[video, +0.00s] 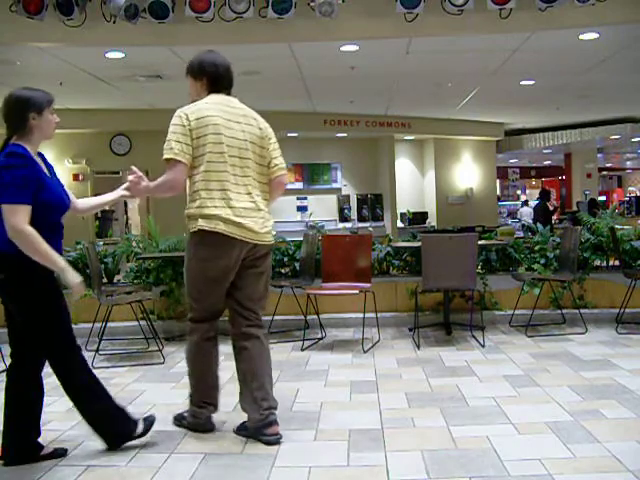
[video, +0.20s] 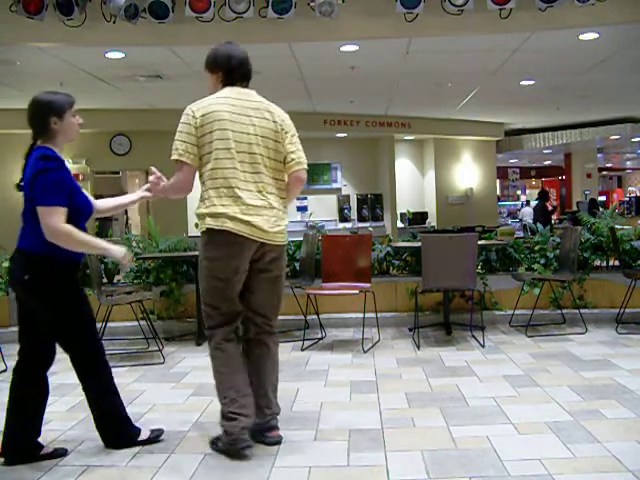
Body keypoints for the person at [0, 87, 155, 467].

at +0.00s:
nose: (57, 119)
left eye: (55, 113)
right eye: (52, 113)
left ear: (34, 119)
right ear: (33, 119)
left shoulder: (36, 159)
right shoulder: (16, 160)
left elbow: (73, 207)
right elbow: (16, 227)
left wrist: (121, 193)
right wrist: (63, 269)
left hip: (35, 269)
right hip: (25, 271)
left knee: (27, 360)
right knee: (65, 352)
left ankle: (20, 447)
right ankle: (118, 429)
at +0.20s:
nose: (81, 122)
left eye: (78, 115)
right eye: (74, 116)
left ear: (52, 123)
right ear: (54, 123)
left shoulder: (49, 161)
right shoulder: (49, 164)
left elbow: (90, 208)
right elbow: (54, 229)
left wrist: (140, 195)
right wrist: (109, 247)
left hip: (34, 271)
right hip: (51, 273)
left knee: (34, 360)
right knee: (89, 354)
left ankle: (19, 446)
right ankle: (120, 433)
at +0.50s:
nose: (117, 124)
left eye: (115, 118)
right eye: (110, 119)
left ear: (89, 127)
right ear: (90, 125)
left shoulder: (87, 162)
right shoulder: (87, 165)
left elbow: (127, 206)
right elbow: (99, 226)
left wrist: (177, 197)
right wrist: (153, 227)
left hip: (81, 265)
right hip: (97, 266)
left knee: (97, 348)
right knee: (127, 352)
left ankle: (45, 424)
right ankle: (123, 432)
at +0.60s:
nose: (127, 134)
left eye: (126, 128)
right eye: (120, 128)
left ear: (101, 134)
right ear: (98, 133)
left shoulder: (105, 171)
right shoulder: (95, 174)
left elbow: (138, 215)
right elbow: (110, 231)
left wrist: (185, 203)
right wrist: (165, 229)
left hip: (112, 270)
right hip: (104, 272)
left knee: (134, 348)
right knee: (137, 350)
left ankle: (77, 415)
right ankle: (126, 434)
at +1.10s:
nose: (178, 127)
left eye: (181, 121)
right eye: (170, 121)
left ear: (186, 126)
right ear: (153, 127)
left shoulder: (191, 163)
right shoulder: (141, 165)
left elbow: (203, 208)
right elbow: (135, 220)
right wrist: (179, 220)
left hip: (188, 262)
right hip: (150, 261)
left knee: (212, 335)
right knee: (149, 349)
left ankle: (223, 403)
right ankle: (125, 427)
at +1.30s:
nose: (198, 131)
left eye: (205, 124)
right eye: (192, 124)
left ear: (213, 127)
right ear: (180, 126)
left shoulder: (224, 162)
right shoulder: (166, 163)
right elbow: (144, 213)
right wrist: (165, 223)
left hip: (220, 252)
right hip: (179, 254)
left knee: (223, 335)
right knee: (168, 333)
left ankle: (234, 414)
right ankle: (147, 421)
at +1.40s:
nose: (207, 138)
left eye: (213, 132)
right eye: (199, 131)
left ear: (226, 134)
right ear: (190, 134)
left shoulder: (237, 167)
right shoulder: (181, 168)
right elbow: (158, 212)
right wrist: (165, 224)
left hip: (229, 258)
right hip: (189, 257)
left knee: (234, 340)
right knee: (173, 337)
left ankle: (248, 417)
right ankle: (160, 420)